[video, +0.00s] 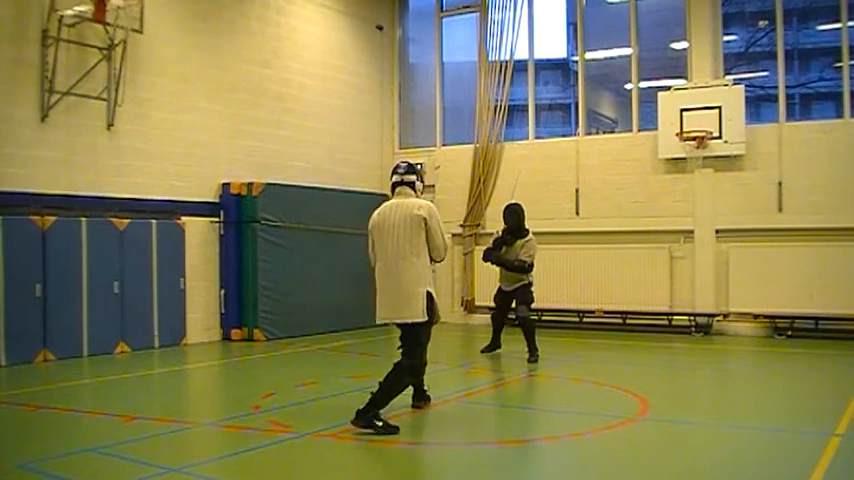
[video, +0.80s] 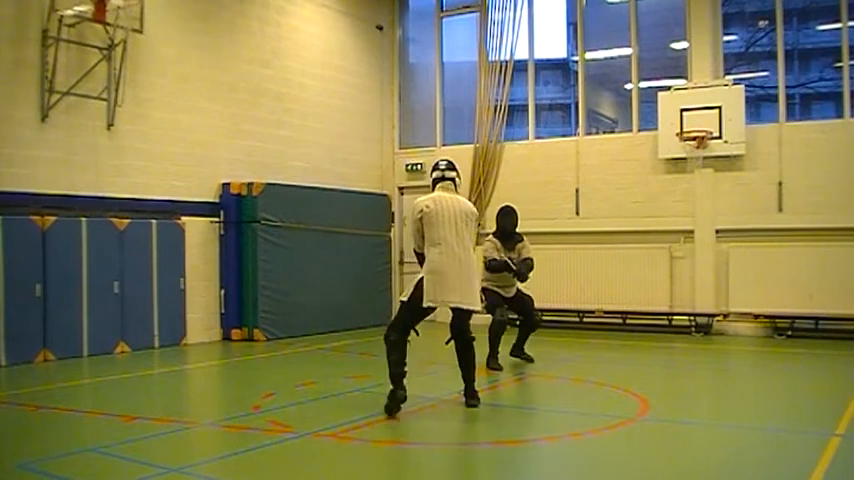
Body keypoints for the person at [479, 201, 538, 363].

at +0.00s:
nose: (507, 223)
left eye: (511, 219)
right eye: (505, 219)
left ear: (520, 219)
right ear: (504, 220)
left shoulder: (529, 241)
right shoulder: (501, 237)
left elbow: (526, 267)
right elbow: (487, 255)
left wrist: (500, 260)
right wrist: (502, 242)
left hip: (522, 285)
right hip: (505, 285)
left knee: (523, 316)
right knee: (497, 316)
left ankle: (532, 350)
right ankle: (495, 341)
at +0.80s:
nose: (508, 225)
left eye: (512, 221)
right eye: (505, 221)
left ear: (516, 223)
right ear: (498, 222)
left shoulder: (520, 241)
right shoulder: (491, 243)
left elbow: (528, 260)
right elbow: (491, 265)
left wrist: (522, 270)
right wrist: (511, 265)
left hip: (512, 290)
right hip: (491, 288)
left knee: (531, 315)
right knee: (501, 315)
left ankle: (518, 347)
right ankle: (493, 356)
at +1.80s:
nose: (517, 223)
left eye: (520, 219)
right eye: (513, 219)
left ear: (526, 221)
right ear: (507, 221)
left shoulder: (532, 240)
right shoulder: (500, 242)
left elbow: (538, 261)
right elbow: (498, 264)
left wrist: (530, 272)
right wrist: (515, 266)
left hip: (523, 289)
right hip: (502, 288)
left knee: (537, 316)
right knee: (506, 318)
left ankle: (543, 345)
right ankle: (493, 356)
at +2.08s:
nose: (538, 219)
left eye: (541, 215)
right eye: (534, 215)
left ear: (547, 218)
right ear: (528, 218)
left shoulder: (553, 238)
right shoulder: (521, 239)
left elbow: (558, 259)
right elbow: (518, 260)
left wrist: (549, 268)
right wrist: (531, 263)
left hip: (544, 288)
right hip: (524, 288)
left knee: (559, 319)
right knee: (519, 320)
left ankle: (553, 349)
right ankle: (500, 355)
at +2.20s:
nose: (545, 218)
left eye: (548, 214)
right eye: (541, 214)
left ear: (554, 216)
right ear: (536, 217)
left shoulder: (562, 236)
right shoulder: (530, 237)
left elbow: (568, 258)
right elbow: (526, 260)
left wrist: (557, 267)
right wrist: (544, 266)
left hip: (553, 286)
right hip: (534, 285)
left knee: (566, 321)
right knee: (533, 314)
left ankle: (553, 350)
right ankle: (516, 352)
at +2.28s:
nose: (550, 218)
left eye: (553, 214)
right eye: (546, 214)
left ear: (559, 215)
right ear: (540, 217)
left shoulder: (567, 235)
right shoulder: (535, 236)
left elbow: (573, 256)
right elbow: (531, 259)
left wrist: (562, 267)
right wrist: (549, 267)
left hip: (558, 285)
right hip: (539, 283)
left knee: (568, 323)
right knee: (540, 310)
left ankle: (554, 349)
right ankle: (533, 348)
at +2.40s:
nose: (556, 218)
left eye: (560, 214)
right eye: (553, 214)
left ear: (565, 215)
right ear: (546, 217)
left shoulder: (573, 235)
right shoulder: (541, 237)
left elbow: (579, 257)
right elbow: (536, 259)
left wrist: (565, 267)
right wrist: (553, 268)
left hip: (566, 287)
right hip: (547, 286)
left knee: (571, 324)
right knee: (551, 318)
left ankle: (553, 348)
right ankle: (554, 352)